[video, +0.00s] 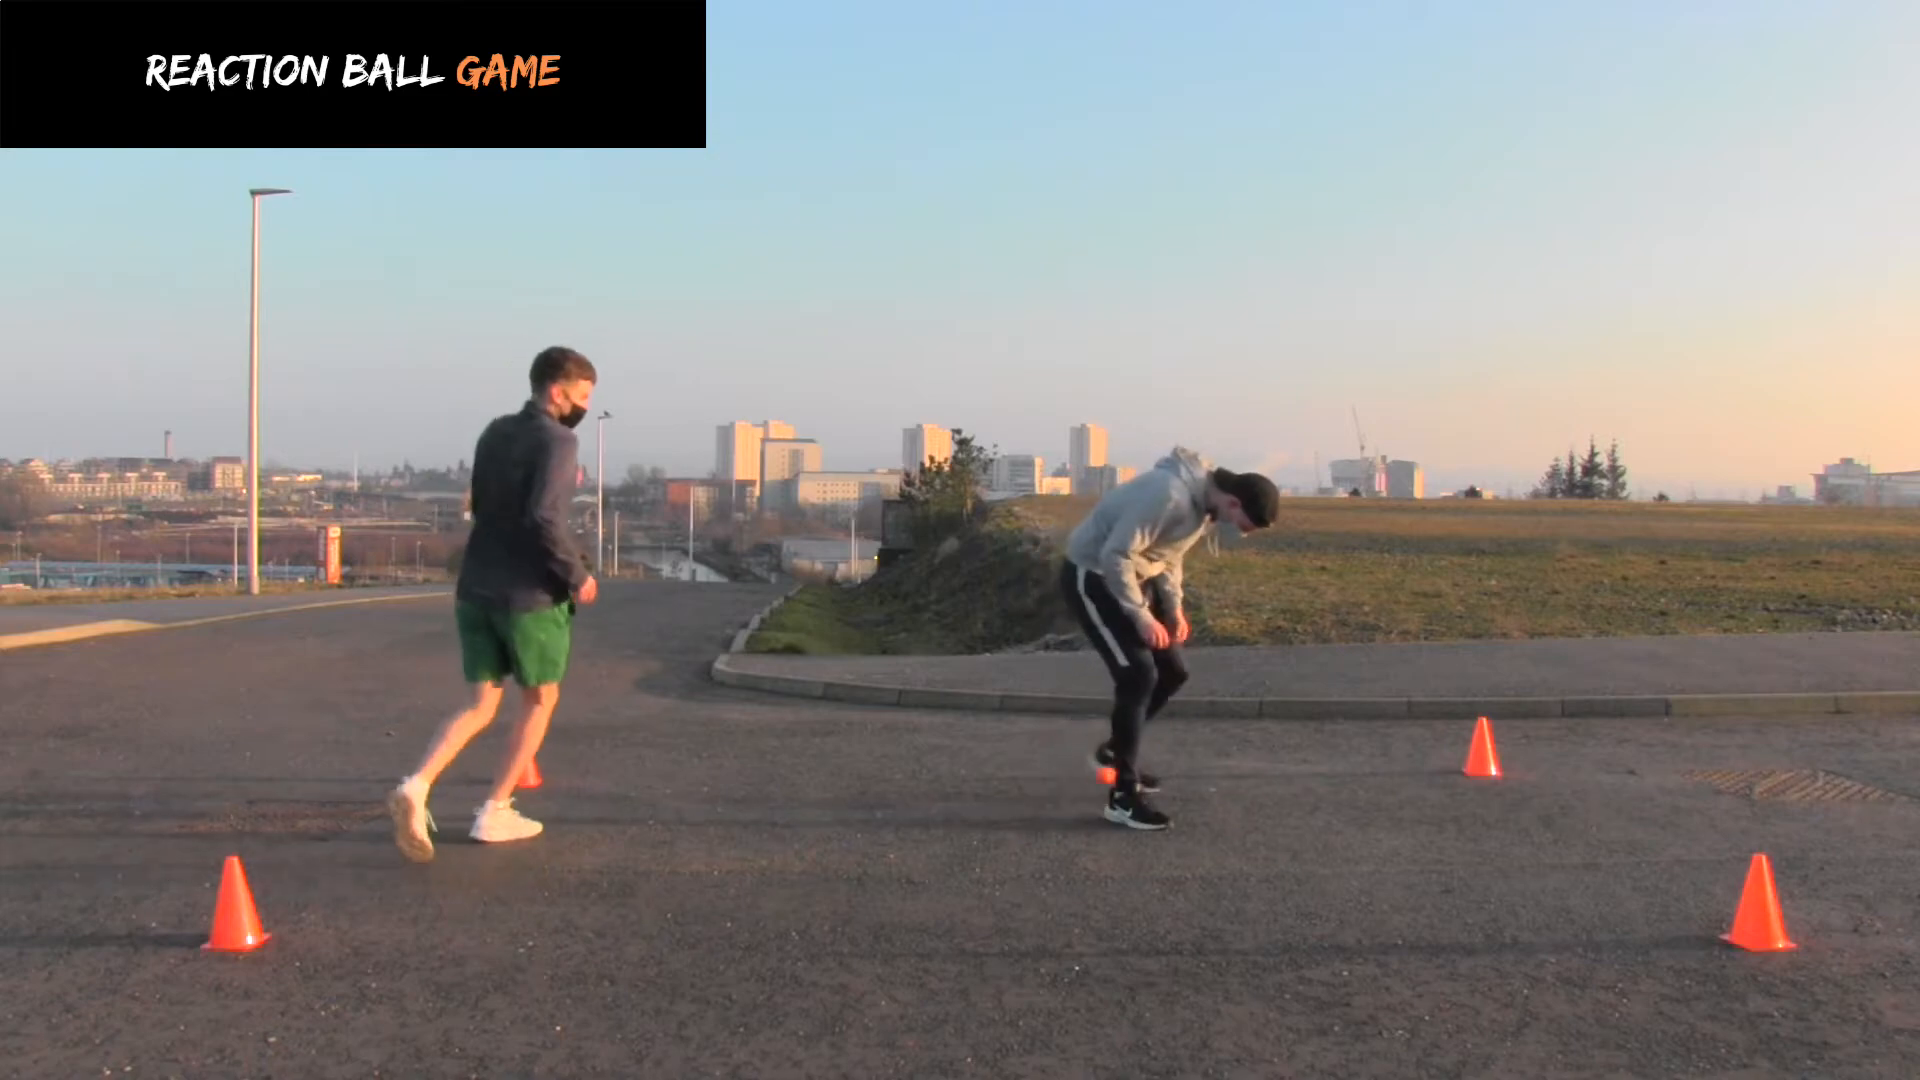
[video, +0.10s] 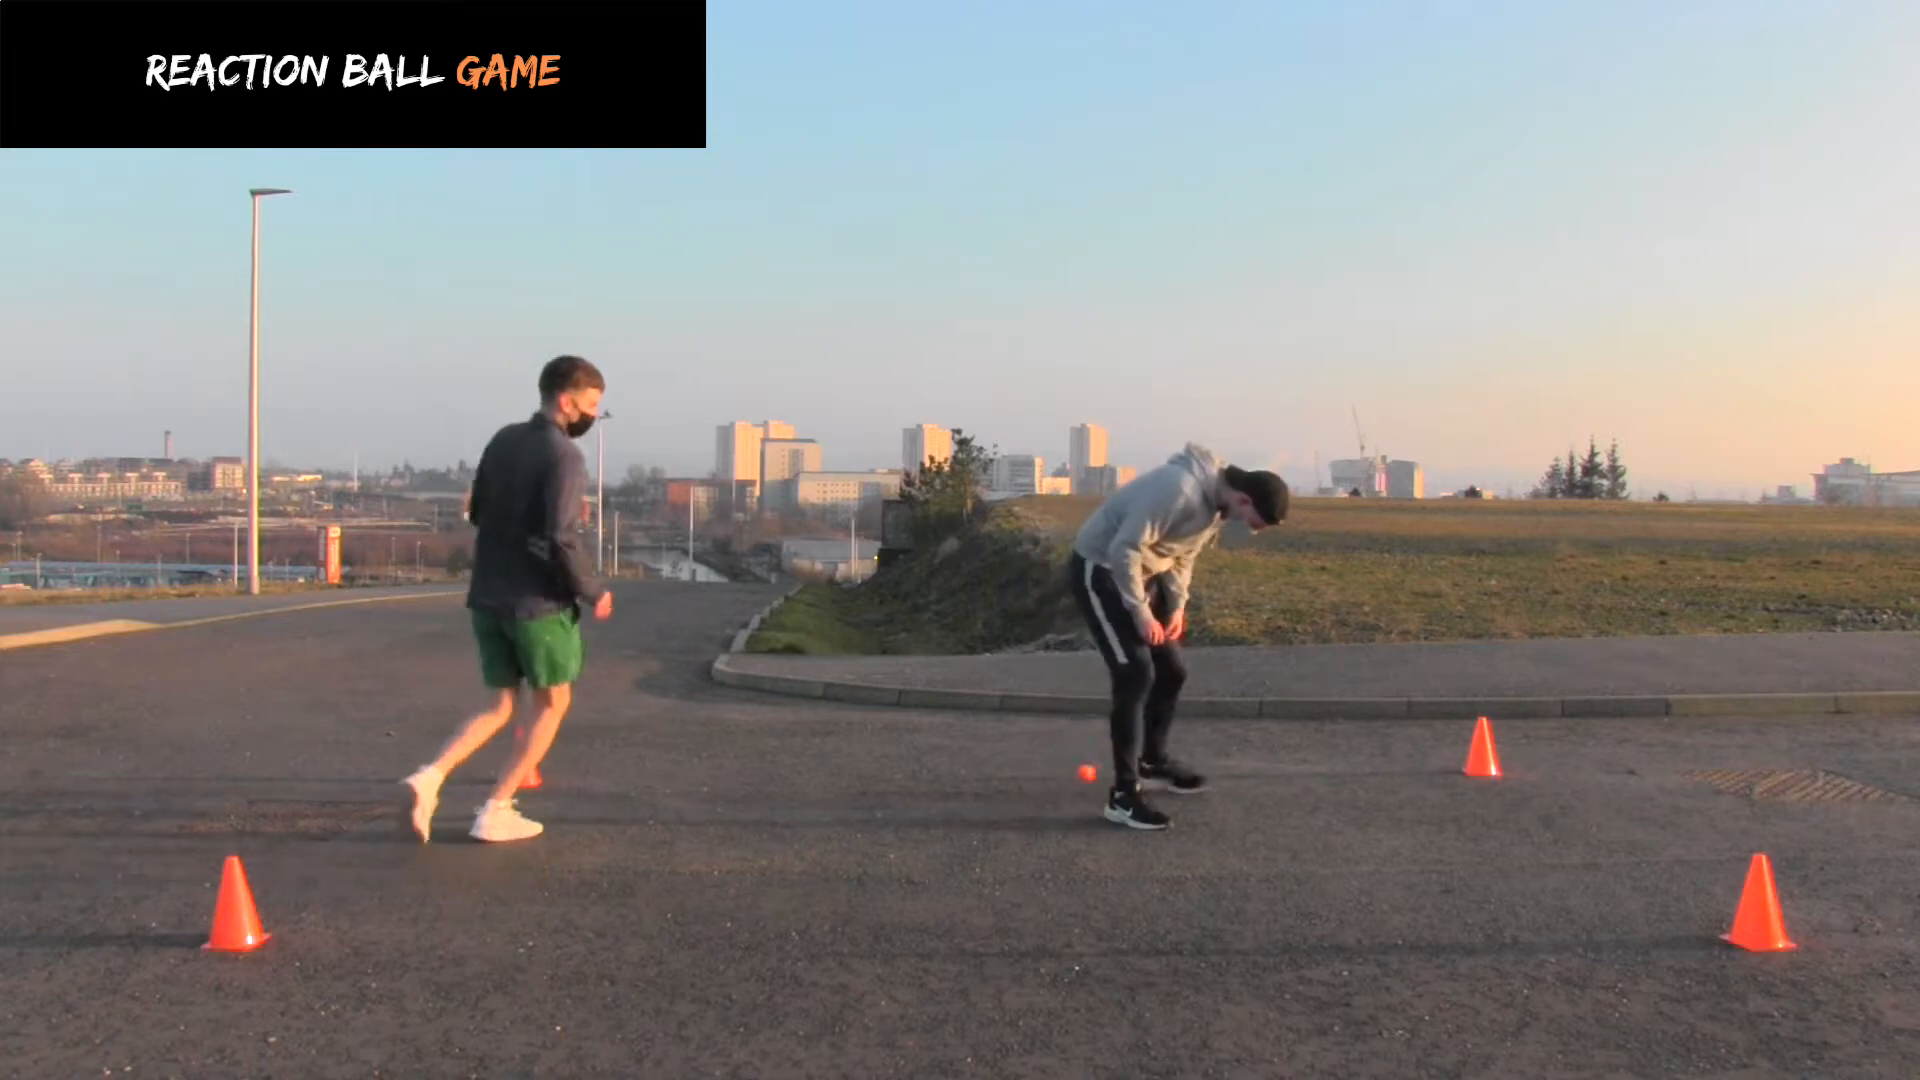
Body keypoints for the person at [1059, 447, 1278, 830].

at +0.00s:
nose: (1239, 530)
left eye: (1245, 528)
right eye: (1243, 524)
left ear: (1235, 504)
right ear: (1234, 503)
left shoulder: (1204, 507)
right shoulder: (1166, 492)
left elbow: (1169, 559)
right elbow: (1114, 559)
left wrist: (1173, 609)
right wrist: (1142, 618)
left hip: (1130, 574)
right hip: (1089, 571)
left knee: (1172, 673)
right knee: (1137, 673)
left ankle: (1115, 750)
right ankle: (1123, 794)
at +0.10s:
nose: (1251, 529)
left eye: (1257, 526)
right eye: (1255, 522)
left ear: (1245, 501)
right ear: (1244, 500)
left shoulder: (1215, 507)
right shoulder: (1176, 487)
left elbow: (1182, 559)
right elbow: (1123, 552)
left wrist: (1176, 607)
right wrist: (1141, 613)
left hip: (1141, 572)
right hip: (1097, 566)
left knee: (1170, 671)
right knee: (1134, 671)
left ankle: (1152, 761)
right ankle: (1123, 795)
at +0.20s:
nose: (1258, 533)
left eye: (1264, 530)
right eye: (1261, 526)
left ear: (1254, 504)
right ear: (1251, 502)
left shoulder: (1229, 515)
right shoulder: (1187, 485)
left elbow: (1198, 568)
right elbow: (1123, 540)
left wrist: (1182, 615)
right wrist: (1137, 601)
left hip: (1157, 572)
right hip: (1109, 563)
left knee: (1175, 671)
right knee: (1119, 668)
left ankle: (1158, 766)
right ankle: (1122, 786)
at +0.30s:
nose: (1258, 534)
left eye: (1264, 532)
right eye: (1259, 527)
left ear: (1256, 504)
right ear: (1249, 501)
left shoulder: (1234, 514)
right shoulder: (1191, 484)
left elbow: (1206, 566)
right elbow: (1123, 526)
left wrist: (1185, 615)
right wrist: (1128, 594)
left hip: (1163, 574)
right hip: (1115, 562)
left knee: (1180, 667)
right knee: (1122, 661)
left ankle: (1159, 765)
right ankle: (1098, 778)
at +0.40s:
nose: (1253, 528)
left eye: (1260, 525)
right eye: (1254, 520)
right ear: (1242, 492)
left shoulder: (1242, 509)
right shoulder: (1187, 480)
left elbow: (1215, 559)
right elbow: (1120, 525)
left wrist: (1198, 604)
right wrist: (1125, 589)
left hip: (1169, 573)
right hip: (1122, 562)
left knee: (1184, 665)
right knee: (1128, 659)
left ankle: (1158, 765)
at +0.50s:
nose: (1245, 522)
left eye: (1252, 518)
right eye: (1244, 513)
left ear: (1260, 505)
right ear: (1232, 487)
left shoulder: (1248, 505)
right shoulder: (1184, 477)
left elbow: (1223, 554)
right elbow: (1120, 525)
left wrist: (1213, 598)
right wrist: (1123, 588)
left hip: (1177, 577)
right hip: (1128, 568)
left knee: (1192, 665)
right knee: (1110, 664)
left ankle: (1160, 764)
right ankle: (1033, 735)